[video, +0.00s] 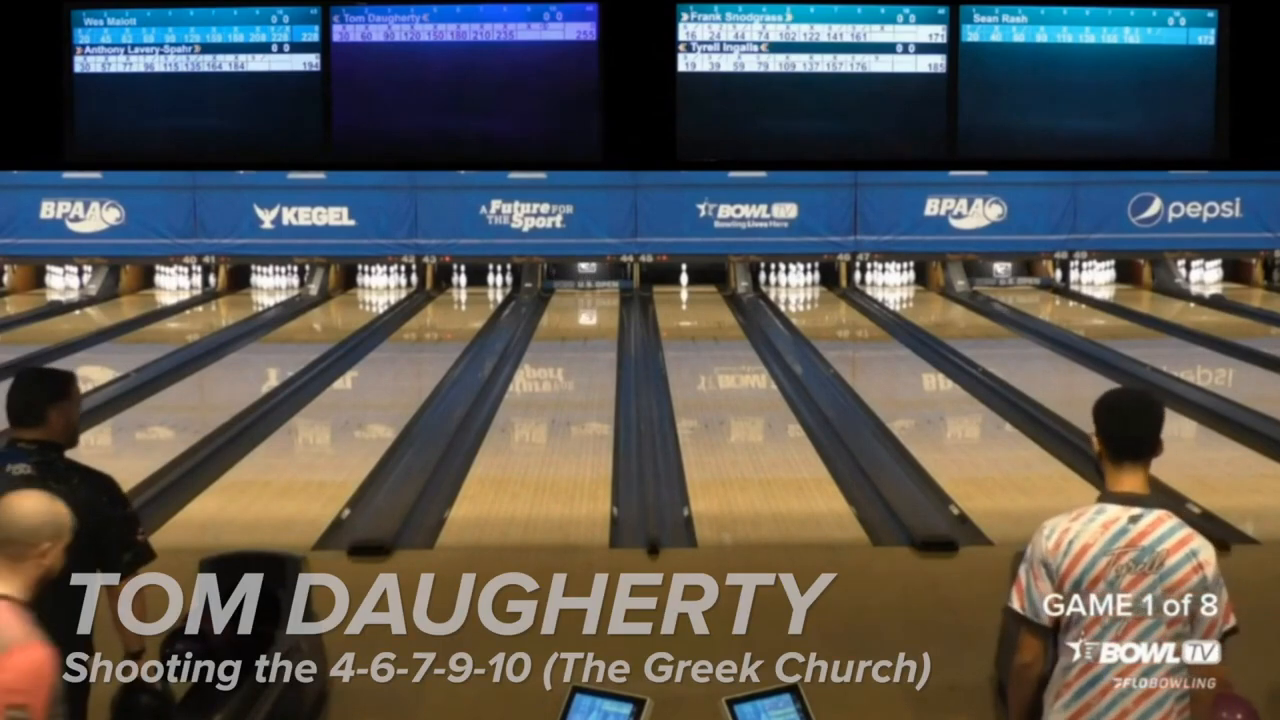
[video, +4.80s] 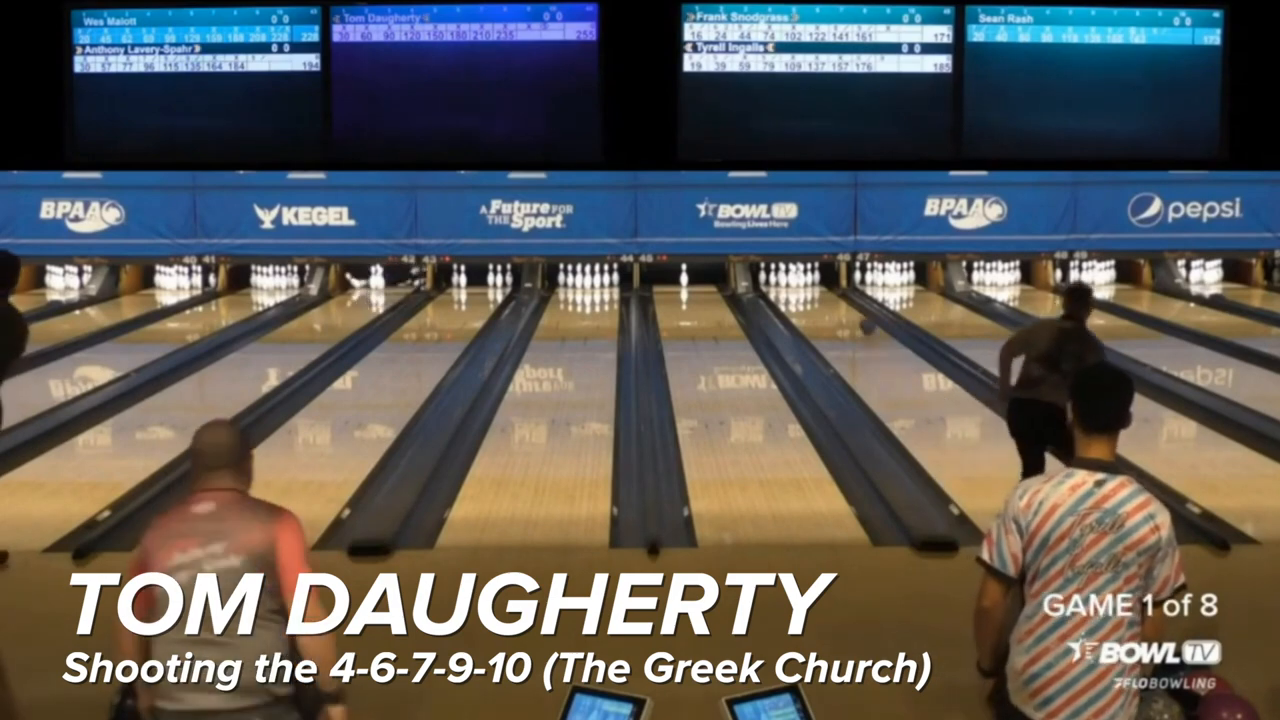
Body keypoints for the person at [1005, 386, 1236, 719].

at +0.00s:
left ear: (1096, 446)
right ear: (1159, 449)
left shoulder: (1055, 538)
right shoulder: (1195, 549)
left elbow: (1029, 660)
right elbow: (1207, 671)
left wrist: (1020, 712)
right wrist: (1198, 715)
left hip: (1071, 709)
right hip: (1162, 712)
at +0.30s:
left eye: (1067, 429)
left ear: (1070, 437)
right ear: (1130, 442)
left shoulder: (1031, 532)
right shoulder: (1167, 541)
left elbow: (1001, 647)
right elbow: (1180, 642)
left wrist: (994, 710)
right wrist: (1178, 711)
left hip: (1048, 708)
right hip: (1138, 710)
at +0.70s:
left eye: (1035, 420)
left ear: (1035, 428)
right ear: (1095, 434)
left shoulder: (997, 518)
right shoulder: (1126, 528)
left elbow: (968, 625)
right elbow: (1137, 619)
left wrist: (965, 701)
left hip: (1014, 704)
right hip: (1098, 706)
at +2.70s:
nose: (1057, 409)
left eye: (1058, 403)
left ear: (1062, 412)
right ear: (1118, 418)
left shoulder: (1023, 496)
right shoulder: (1151, 507)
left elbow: (986, 598)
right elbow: (1158, 597)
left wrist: (989, 660)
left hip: (1033, 686)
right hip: (1112, 691)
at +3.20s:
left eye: (1058, 404)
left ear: (1062, 413)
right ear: (1118, 416)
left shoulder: (1023, 493)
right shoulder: (1152, 506)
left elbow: (986, 597)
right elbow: (1160, 609)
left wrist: (987, 663)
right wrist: (1139, 672)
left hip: (1032, 686)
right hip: (1110, 692)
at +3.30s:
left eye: (1059, 408)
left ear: (1061, 414)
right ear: (1117, 419)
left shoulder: (1022, 498)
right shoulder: (1147, 511)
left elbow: (984, 601)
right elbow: (1156, 611)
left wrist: (986, 665)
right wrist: (1138, 670)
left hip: (1030, 683)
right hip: (1108, 691)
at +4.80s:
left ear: (1070, 415)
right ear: (1127, 421)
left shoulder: (1032, 497)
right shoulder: (1153, 514)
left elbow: (991, 601)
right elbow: (1154, 615)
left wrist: (987, 665)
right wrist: (1137, 673)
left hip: (1032, 686)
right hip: (1109, 696)